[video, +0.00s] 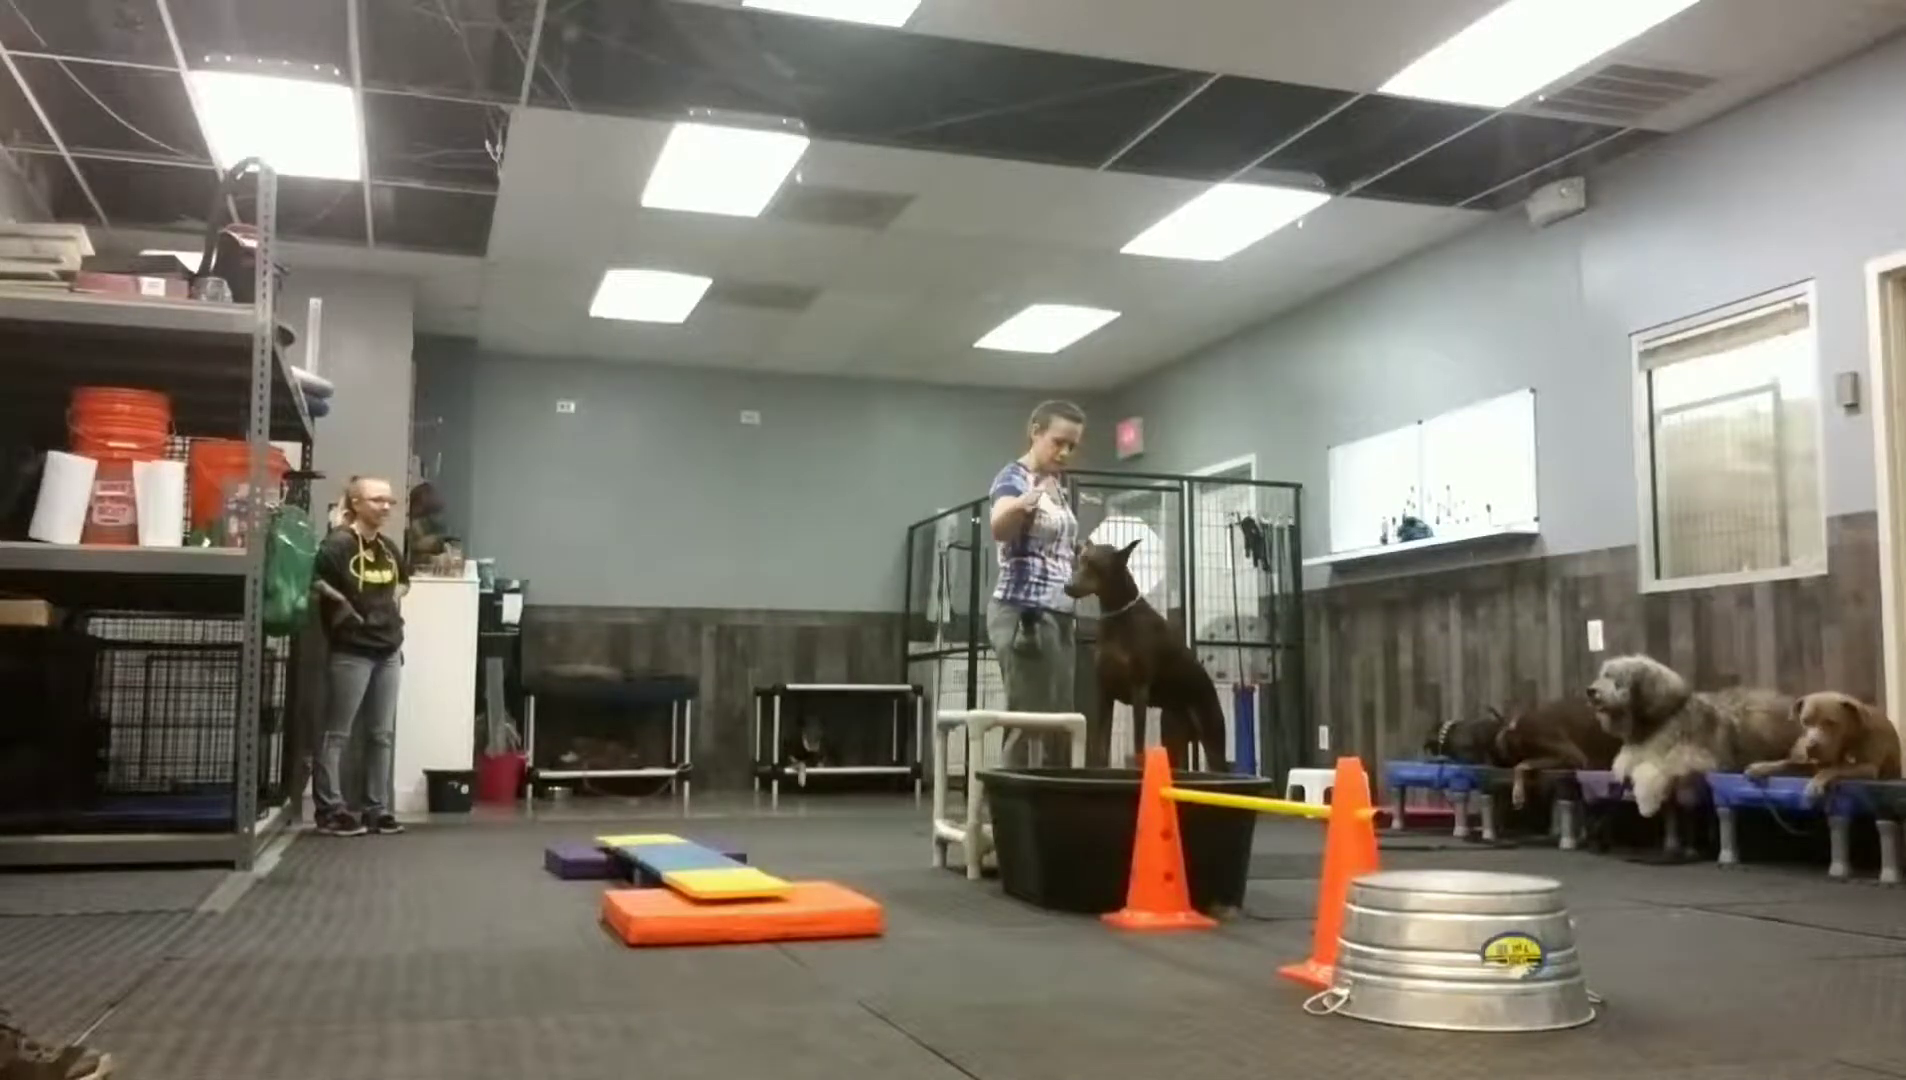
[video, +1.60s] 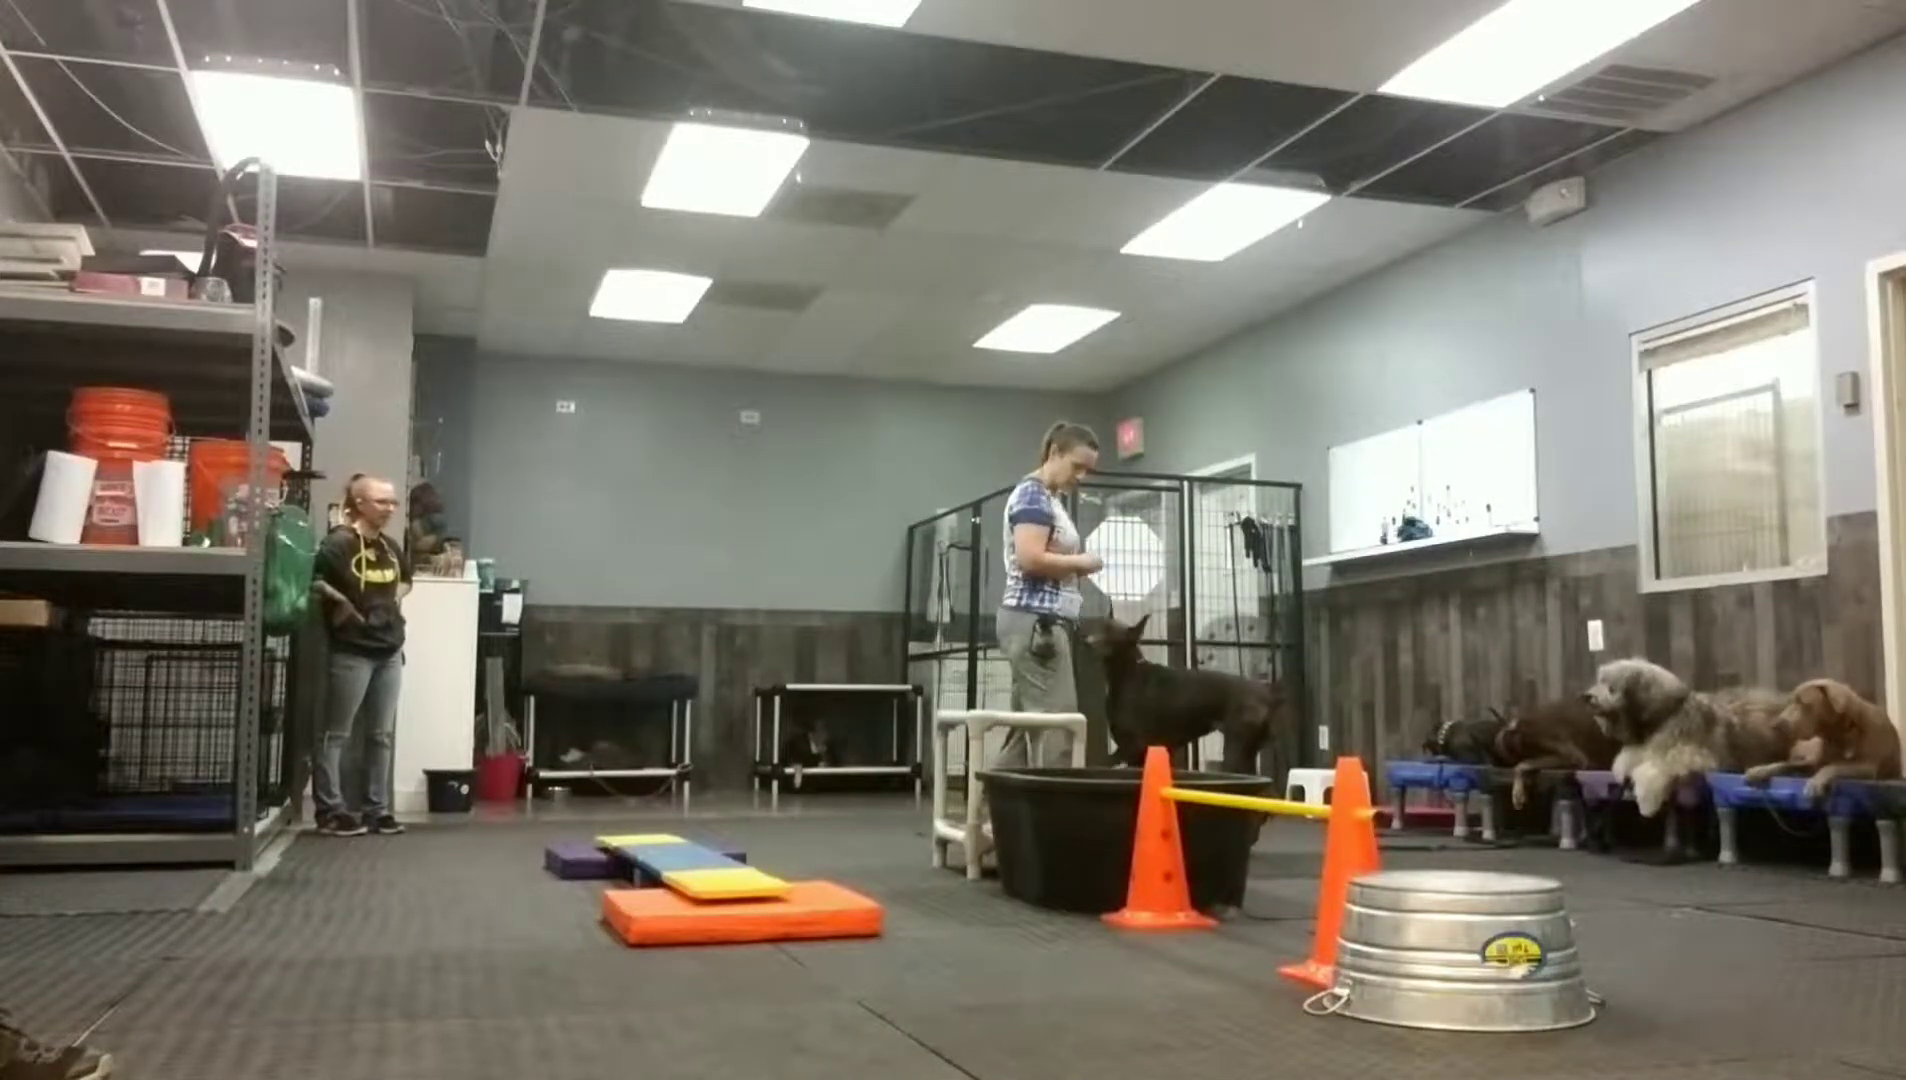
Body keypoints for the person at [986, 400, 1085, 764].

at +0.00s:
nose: (1065, 454)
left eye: (1071, 447)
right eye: (1059, 443)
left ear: (1076, 447)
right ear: (1035, 433)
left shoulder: (1056, 486)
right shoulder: (1015, 477)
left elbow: (1060, 547)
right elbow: (999, 529)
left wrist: (1085, 553)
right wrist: (1021, 507)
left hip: (1058, 614)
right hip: (1024, 612)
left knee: (1060, 720)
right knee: (1030, 720)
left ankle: (1053, 807)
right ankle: (1015, 809)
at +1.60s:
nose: (1081, 478)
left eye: (1086, 472)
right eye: (1077, 467)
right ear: (1054, 453)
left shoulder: (1049, 499)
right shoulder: (1032, 494)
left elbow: (1044, 561)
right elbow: (1030, 559)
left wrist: (1076, 567)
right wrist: (1080, 563)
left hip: (1045, 619)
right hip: (1034, 620)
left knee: (1030, 723)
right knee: (1058, 722)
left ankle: (991, 803)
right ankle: (1056, 814)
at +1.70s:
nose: (1093, 474)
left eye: (1098, 467)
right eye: (1088, 464)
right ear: (1063, 450)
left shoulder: (1073, 501)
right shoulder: (1040, 494)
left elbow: (1070, 556)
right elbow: (1042, 560)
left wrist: (1104, 567)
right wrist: (1103, 572)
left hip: (1070, 619)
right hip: (1046, 618)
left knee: (1074, 722)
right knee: (1072, 722)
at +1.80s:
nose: (1110, 469)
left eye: (1115, 462)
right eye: (1105, 459)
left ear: (1118, 459)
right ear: (1081, 445)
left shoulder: (1097, 493)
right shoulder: (1054, 488)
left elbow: (1094, 551)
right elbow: (1060, 552)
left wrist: (1111, 563)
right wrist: (1120, 580)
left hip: (1101, 619)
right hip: (1062, 619)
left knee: (1128, 718)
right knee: (1079, 729)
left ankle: (1090, 806)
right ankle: (1061, 814)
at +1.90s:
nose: (1128, 467)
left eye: (1134, 459)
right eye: (1123, 457)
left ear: (1139, 455)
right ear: (1100, 444)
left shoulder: (1126, 490)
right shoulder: (1074, 488)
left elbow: (1130, 547)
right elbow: (1081, 548)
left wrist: (1140, 565)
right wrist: (1116, 583)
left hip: (1129, 624)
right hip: (1082, 626)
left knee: (1158, 725)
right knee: (1088, 736)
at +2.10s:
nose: (1186, 460)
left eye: (1194, 451)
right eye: (1178, 450)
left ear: (1202, 443)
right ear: (1159, 436)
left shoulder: (1203, 479)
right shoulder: (1137, 480)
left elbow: (1203, 538)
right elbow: (1128, 537)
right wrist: (1130, 584)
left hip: (1199, 618)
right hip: (1146, 620)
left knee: (1198, 719)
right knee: (1162, 714)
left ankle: (1185, 809)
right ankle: (1123, 798)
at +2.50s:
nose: (1197, 436)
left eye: (1205, 427)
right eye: (1189, 427)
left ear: (1221, 419)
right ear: (1178, 422)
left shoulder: (1250, 462)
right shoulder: (1159, 469)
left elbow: (1276, 529)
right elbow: (1131, 541)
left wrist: (1239, 538)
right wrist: (1178, 542)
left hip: (1251, 610)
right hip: (1184, 612)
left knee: (1267, 715)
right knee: (1188, 721)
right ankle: (1190, 814)